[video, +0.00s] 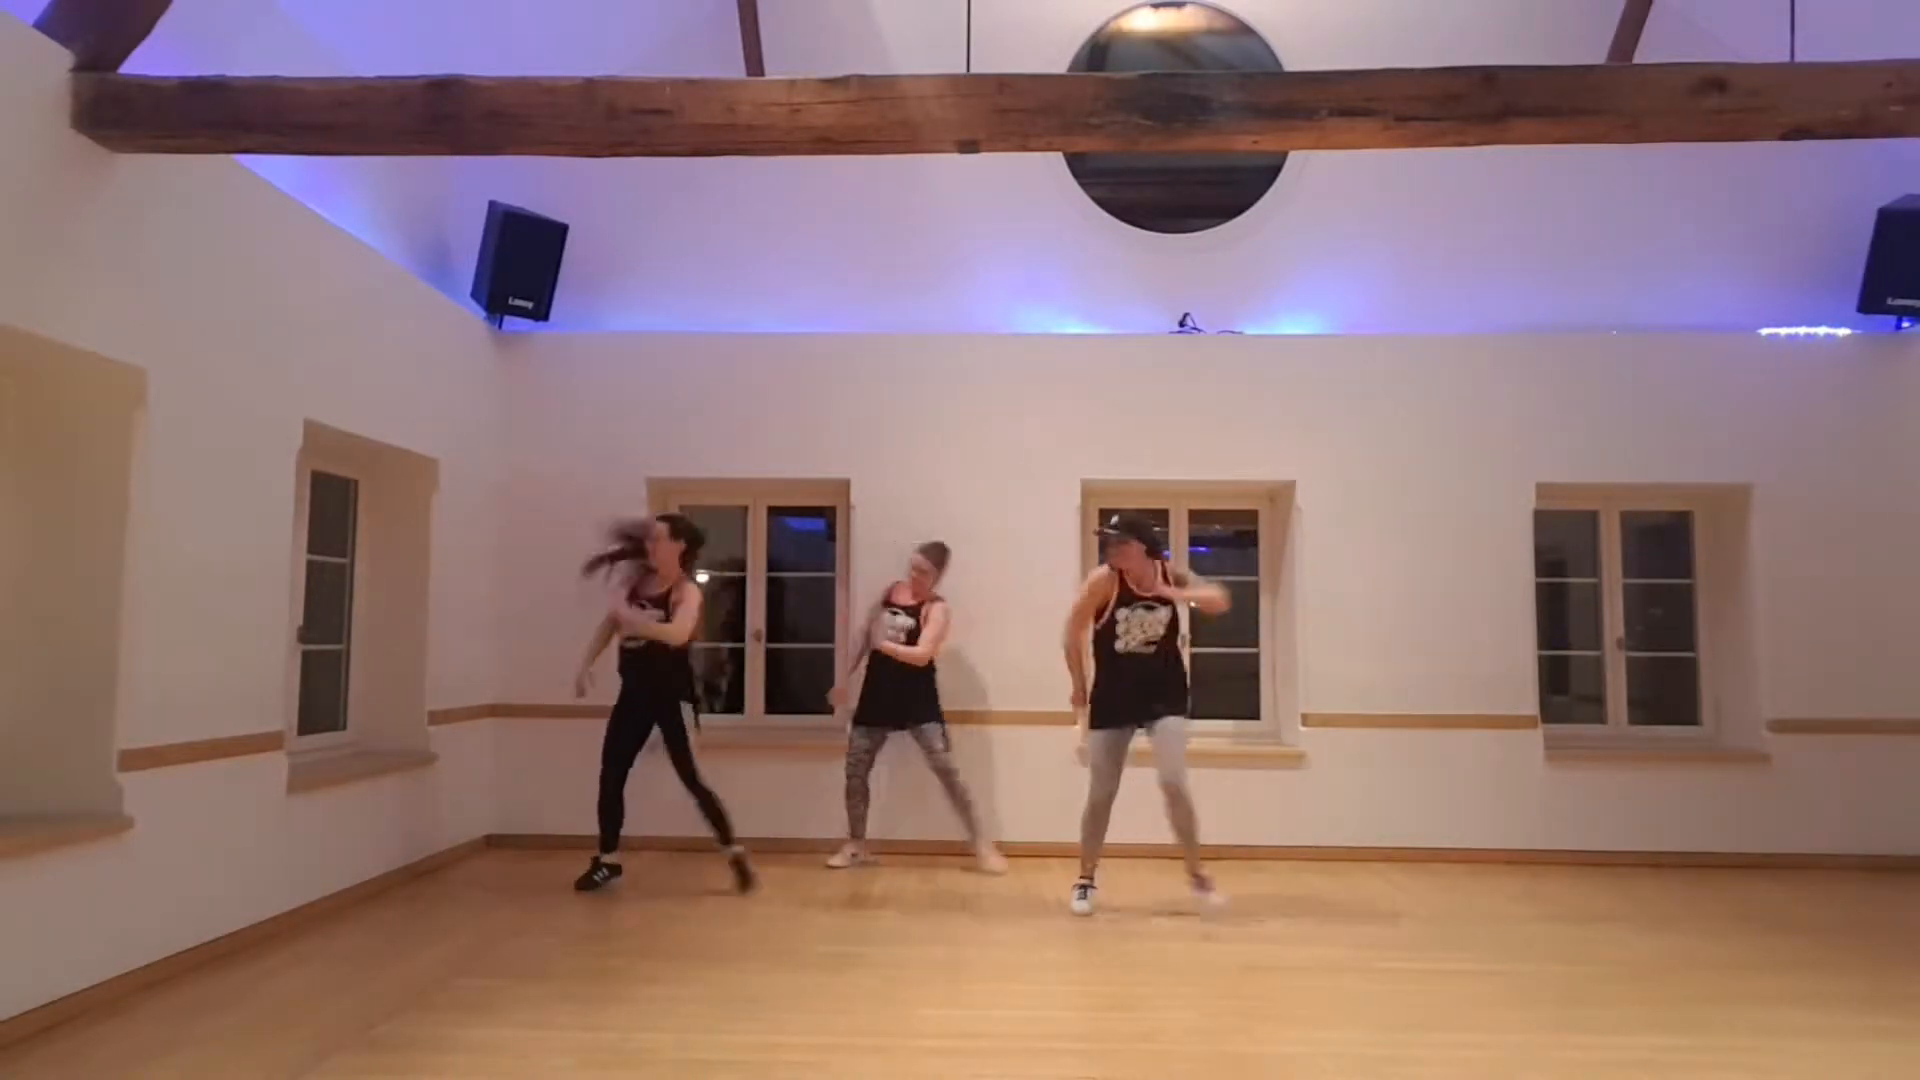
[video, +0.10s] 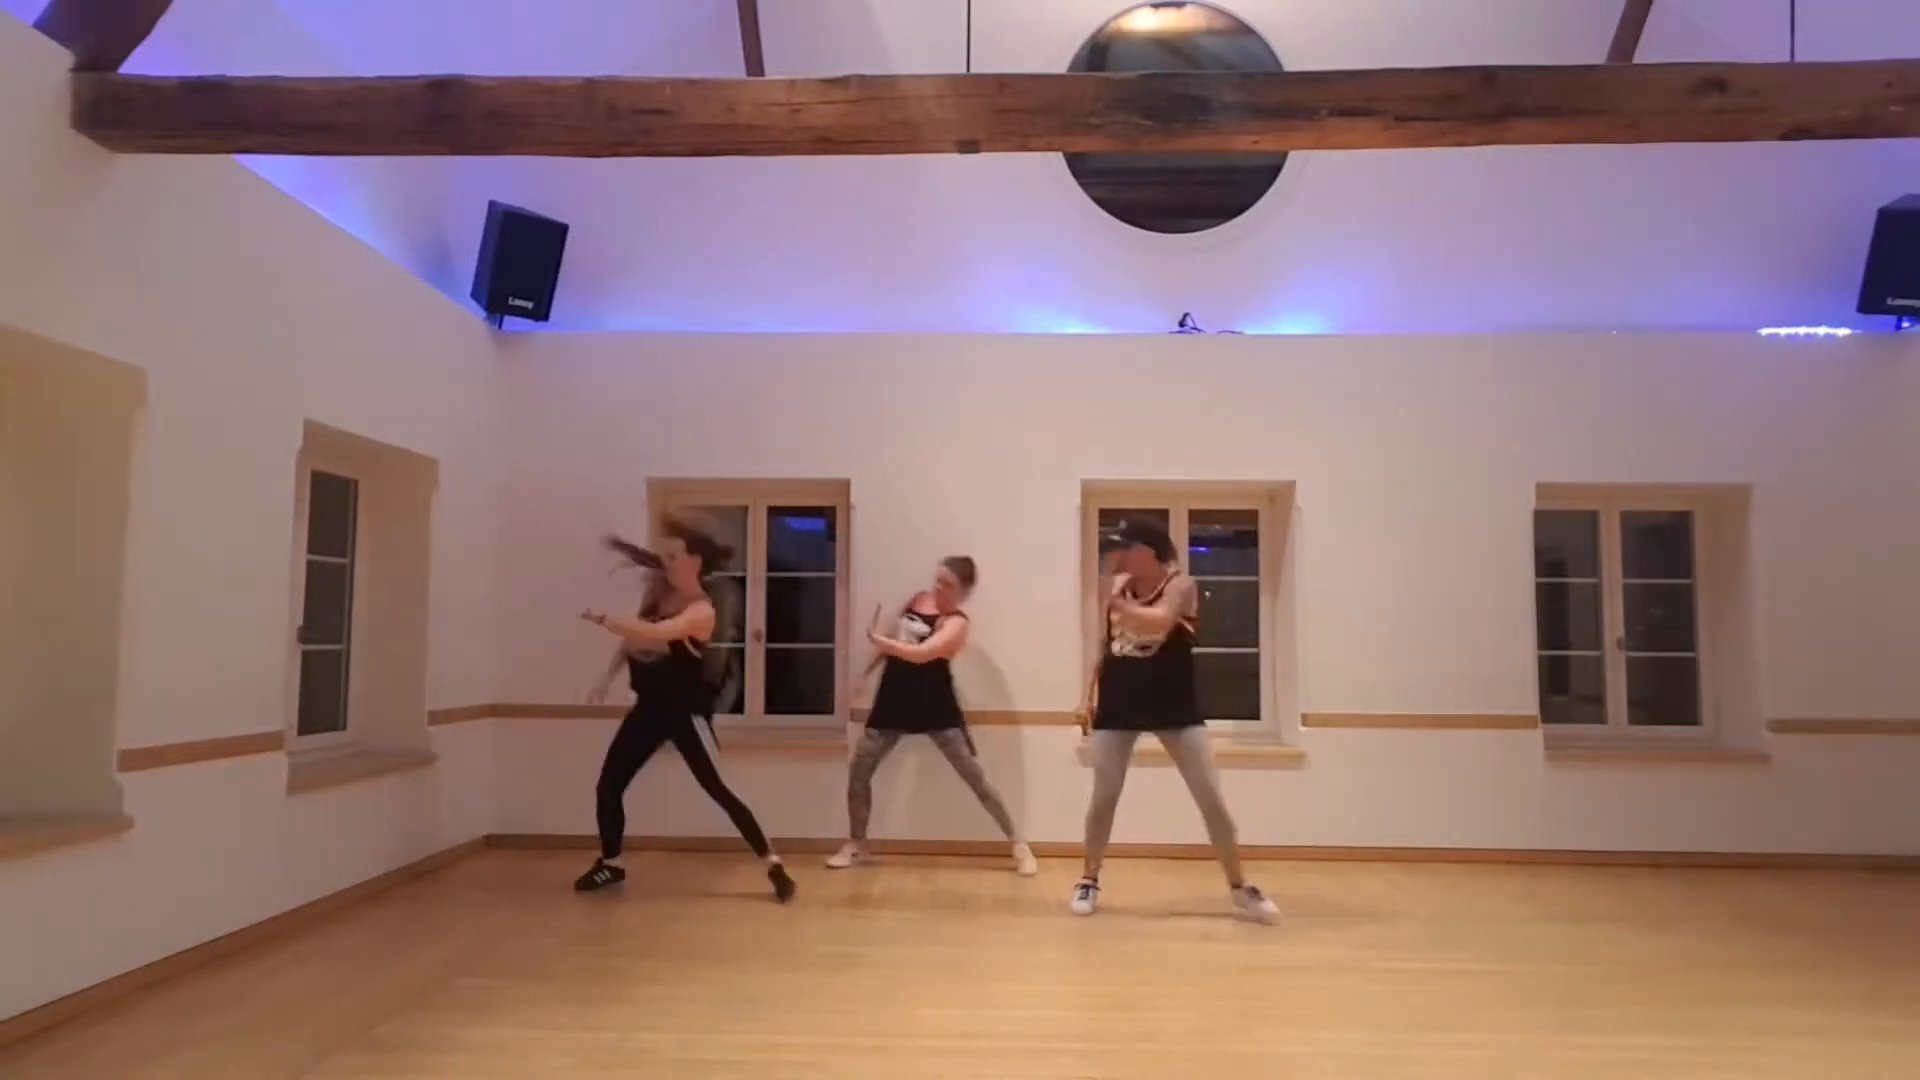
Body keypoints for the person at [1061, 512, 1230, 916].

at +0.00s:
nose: (1115, 556)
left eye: (1122, 547)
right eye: (1112, 549)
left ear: (1144, 547)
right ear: (1112, 552)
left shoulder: (1172, 575)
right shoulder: (1104, 581)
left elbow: (1220, 600)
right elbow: (1074, 629)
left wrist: (1173, 593)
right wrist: (1079, 684)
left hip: (1165, 696)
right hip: (1113, 697)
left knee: (1173, 783)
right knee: (1102, 792)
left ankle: (1197, 874)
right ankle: (1086, 879)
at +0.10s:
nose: (1121, 556)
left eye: (1128, 548)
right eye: (1120, 549)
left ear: (1151, 553)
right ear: (1126, 555)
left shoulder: (1181, 585)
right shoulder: (1115, 587)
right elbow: (1101, 645)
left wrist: (1118, 604)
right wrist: (1089, 698)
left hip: (1173, 705)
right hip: (1119, 705)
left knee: (1211, 798)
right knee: (1104, 795)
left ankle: (1240, 889)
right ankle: (1088, 882)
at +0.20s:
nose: (1144, 574)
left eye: (1151, 566)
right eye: (1143, 566)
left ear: (1171, 568)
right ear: (1150, 569)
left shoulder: (1192, 599)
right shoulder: (1148, 607)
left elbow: (1132, 606)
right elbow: (1127, 661)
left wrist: (1072, 598)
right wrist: (1096, 707)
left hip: (1183, 723)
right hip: (1133, 721)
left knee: (1226, 814)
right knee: (1108, 806)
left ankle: (1255, 896)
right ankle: (1091, 884)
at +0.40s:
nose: (1178, 594)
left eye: (1183, 586)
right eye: (1176, 587)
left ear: (1204, 581)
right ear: (1179, 588)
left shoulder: (1236, 603)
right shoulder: (1177, 623)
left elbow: (1188, 625)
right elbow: (1153, 675)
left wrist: (1123, 623)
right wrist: (1130, 728)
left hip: (1213, 736)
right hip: (1159, 730)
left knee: (1241, 824)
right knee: (1131, 809)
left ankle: (1257, 897)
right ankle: (1097, 884)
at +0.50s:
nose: (1205, 592)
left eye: (1211, 582)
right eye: (1199, 585)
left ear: (1233, 577)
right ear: (1194, 581)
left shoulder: (1252, 600)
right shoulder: (1184, 604)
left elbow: (1252, 637)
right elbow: (1165, 660)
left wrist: (1188, 627)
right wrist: (1150, 715)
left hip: (1229, 718)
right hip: (1176, 712)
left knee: (1249, 808)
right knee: (1141, 796)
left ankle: (1258, 896)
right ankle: (1112, 881)